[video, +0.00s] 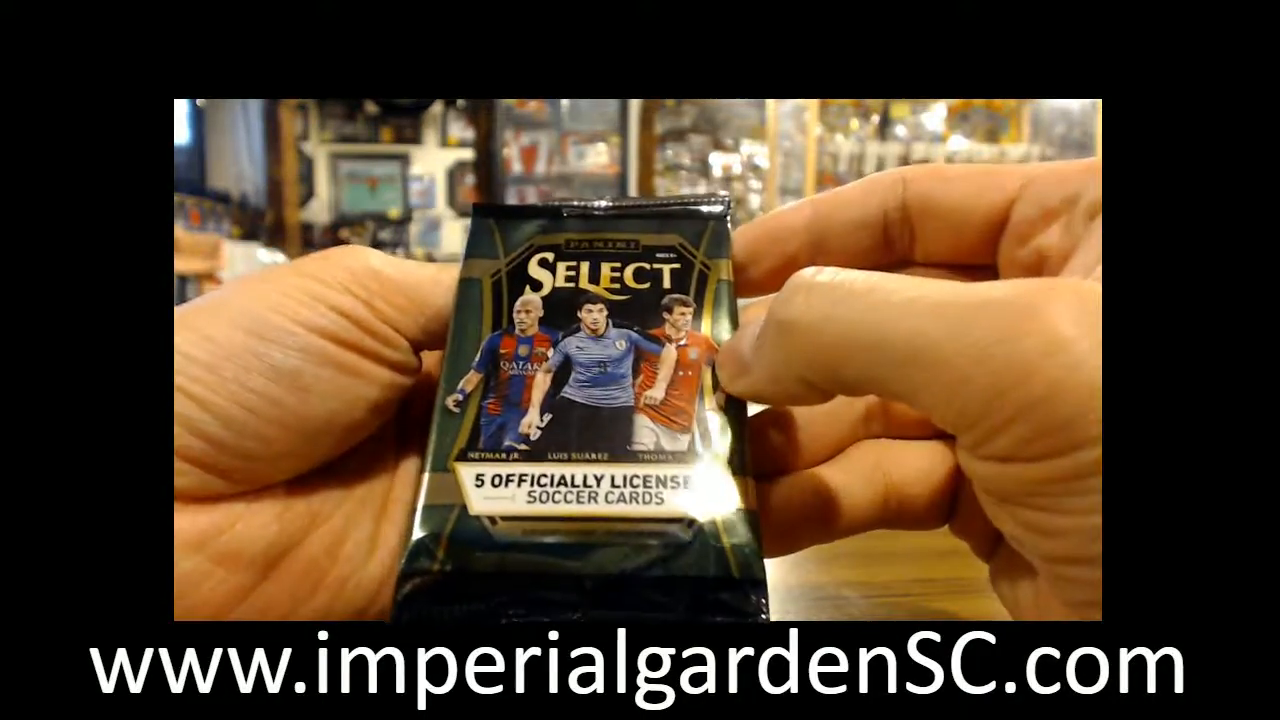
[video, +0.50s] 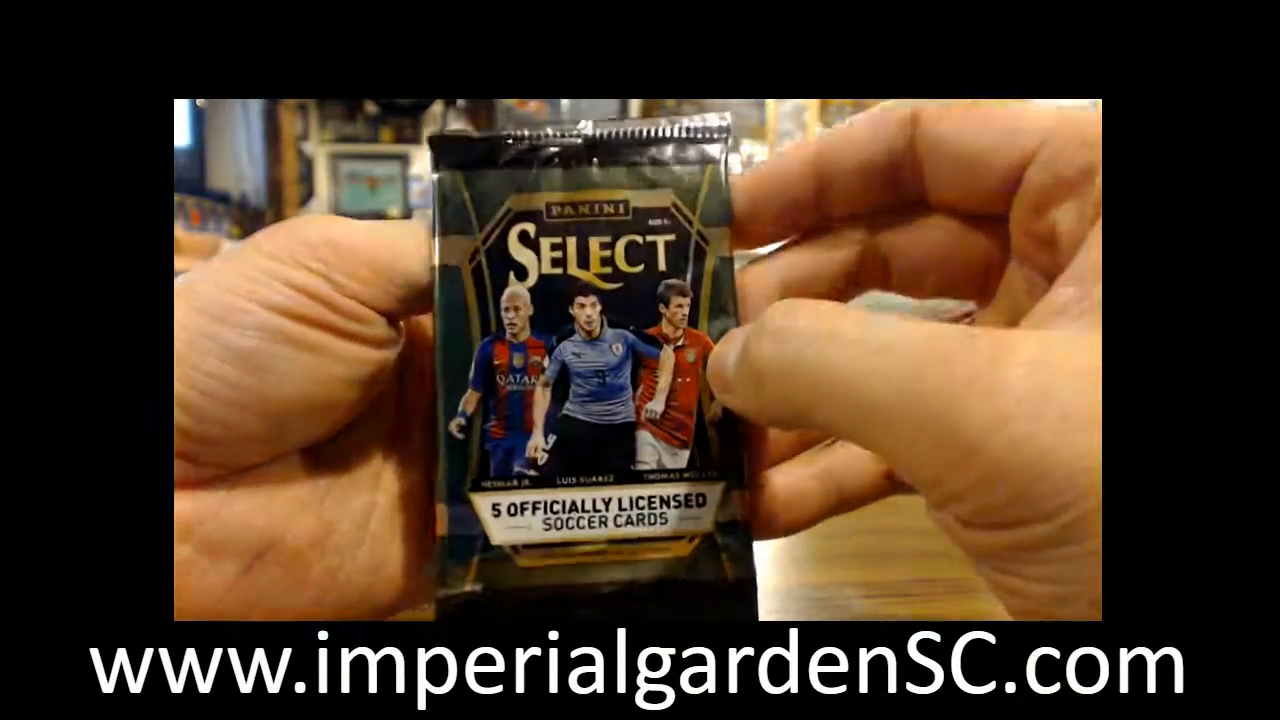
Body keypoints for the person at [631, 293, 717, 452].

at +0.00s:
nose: (687, 319)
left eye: (690, 314)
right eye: (682, 314)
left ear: (693, 315)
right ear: (666, 315)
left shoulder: (703, 342)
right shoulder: (647, 339)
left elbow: (725, 367)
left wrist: (719, 396)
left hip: (680, 421)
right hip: (647, 414)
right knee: (640, 467)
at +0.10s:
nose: (687, 321)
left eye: (689, 317)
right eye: (681, 316)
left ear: (692, 318)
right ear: (666, 318)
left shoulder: (702, 348)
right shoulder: (646, 341)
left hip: (679, 424)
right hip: (646, 417)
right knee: (639, 471)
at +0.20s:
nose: (684, 322)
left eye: (686, 317)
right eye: (679, 316)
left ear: (692, 318)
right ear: (666, 317)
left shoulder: (693, 349)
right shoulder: (650, 341)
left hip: (678, 420)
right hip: (646, 414)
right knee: (639, 467)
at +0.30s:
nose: (686, 315)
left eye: (689, 309)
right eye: (680, 310)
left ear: (692, 310)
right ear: (666, 310)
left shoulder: (702, 343)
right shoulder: (649, 337)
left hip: (679, 420)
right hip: (645, 415)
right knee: (639, 474)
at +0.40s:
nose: (688, 310)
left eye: (691, 305)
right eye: (682, 304)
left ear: (694, 305)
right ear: (666, 306)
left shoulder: (703, 338)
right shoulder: (649, 335)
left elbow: (722, 367)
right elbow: (630, 369)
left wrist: (721, 396)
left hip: (683, 425)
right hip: (650, 420)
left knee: (674, 485)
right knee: (646, 482)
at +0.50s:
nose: (685, 312)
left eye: (687, 306)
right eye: (679, 307)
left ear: (691, 307)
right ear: (662, 308)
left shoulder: (701, 342)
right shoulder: (645, 340)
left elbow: (721, 371)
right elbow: (625, 375)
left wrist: (720, 399)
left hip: (681, 430)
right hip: (648, 425)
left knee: (673, 491)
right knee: (645, 488)